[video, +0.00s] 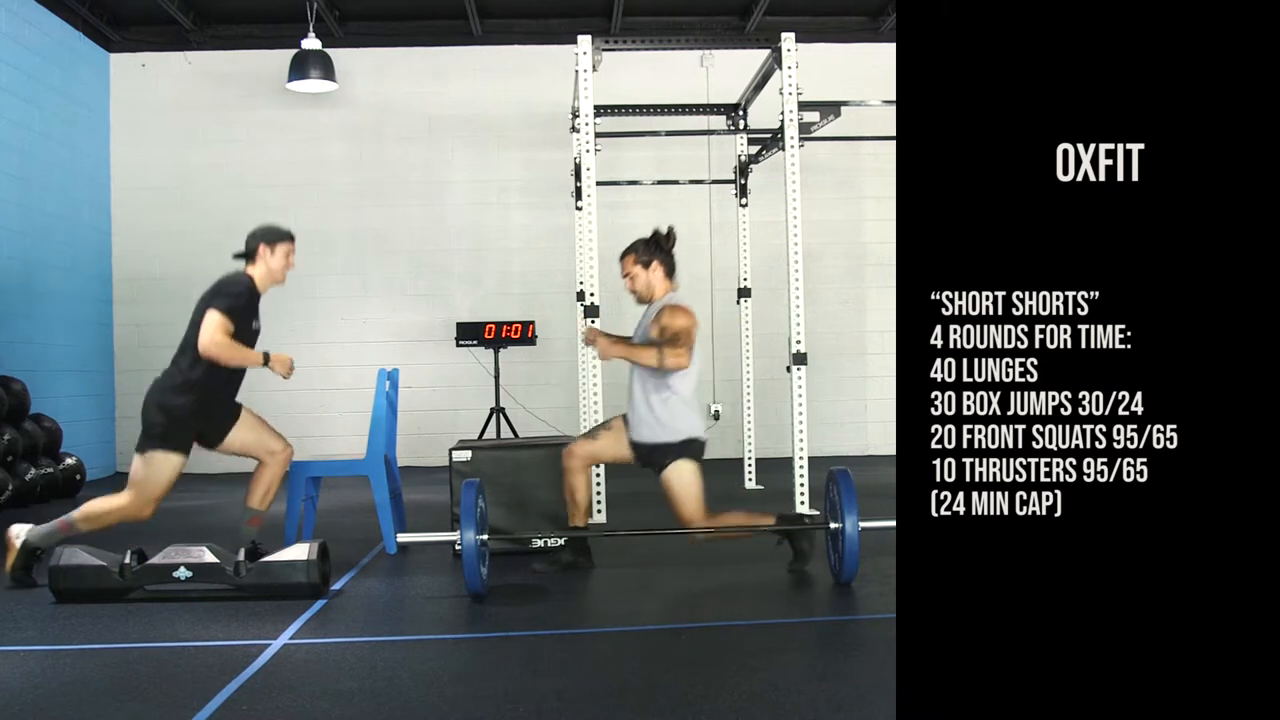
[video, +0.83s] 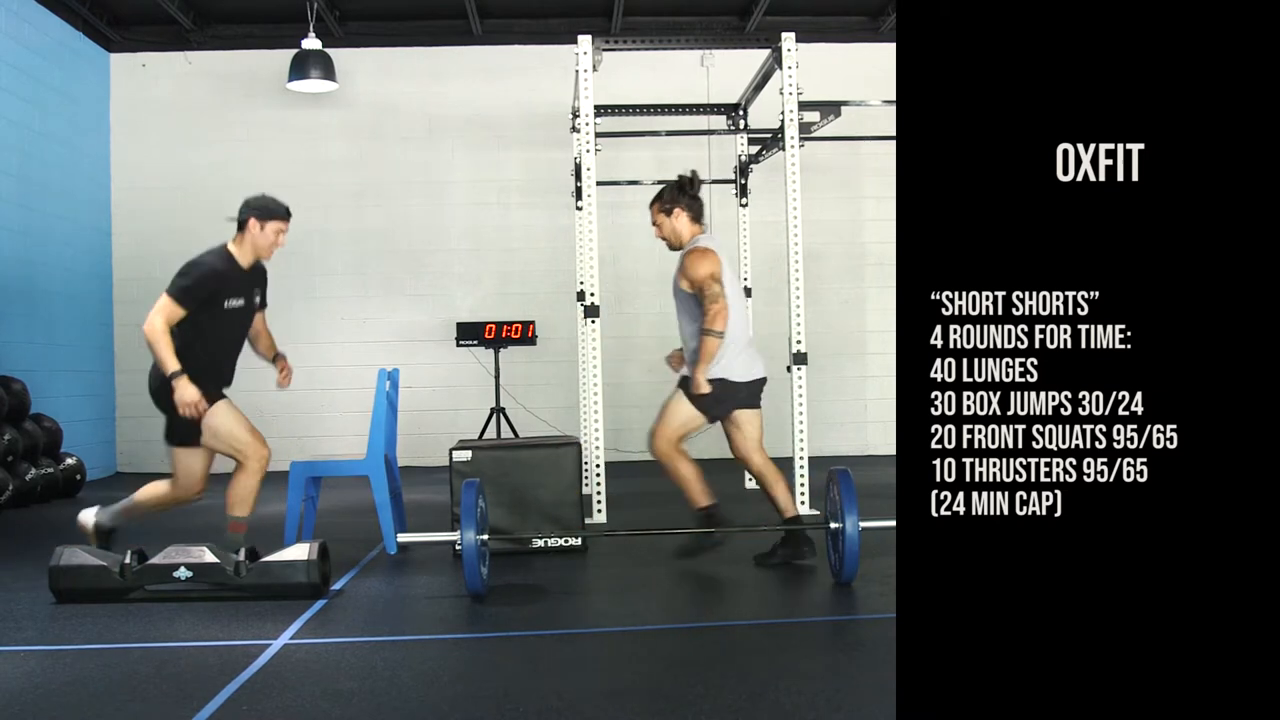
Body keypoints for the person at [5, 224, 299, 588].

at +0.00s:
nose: (292, 262)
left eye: (293, 254)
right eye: (287, 254)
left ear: (267, 255)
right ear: (263, 252)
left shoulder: (248, 296)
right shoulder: (235, 288)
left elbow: (212, 358)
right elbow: (211, 343)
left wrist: (206, 422)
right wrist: (268, 359)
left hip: (211, 407)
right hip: (177, 405)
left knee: (278, 452)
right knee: (139, 504)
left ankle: (246, 548)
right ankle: (31, 539)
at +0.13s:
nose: (294, 221)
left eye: (295, 213)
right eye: (289, 212)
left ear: (269, 213)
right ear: (265, 211)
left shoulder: (253, 256)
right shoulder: (239, 247)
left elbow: (220, 309)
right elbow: (205, 302)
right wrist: (256, 344)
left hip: (212, 372)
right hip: (184, 366)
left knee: (258, 446)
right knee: (172, 471)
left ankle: (243, 548)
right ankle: (79, 526)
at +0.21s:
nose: (293, 199)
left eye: (293, 191)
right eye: (288, 190)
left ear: (271, 192)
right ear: (262, 190)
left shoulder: (256, 238)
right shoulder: (234, 228)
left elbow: (233, 304)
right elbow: (196, 285)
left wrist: (252, 355)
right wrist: (233, 341)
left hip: (215, 348)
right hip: (188, 344)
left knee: (240, 444)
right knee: (200, 452)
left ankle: (241, 548)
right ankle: (121, 532)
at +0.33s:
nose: (286, 187)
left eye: (287, 179)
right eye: (281, 178)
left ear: (265, 180)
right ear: (255, 178)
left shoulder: (263, 231)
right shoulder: (221, 223)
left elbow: (248, 293)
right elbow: (181, 280)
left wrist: (281, 335)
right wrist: (203, 339)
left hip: (227, 348)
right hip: (196, 345)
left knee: (228, 447)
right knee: (220, 444)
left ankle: (234, 541)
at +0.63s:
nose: (281, 198)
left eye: (284, 190)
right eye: (277, 189)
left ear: (262, 188)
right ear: (252, 184)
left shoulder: (254, 232)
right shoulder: (220, 228)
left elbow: (253, 290)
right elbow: (179, 290)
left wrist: (289, 323)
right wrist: (200, 353)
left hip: (219, 351)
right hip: (190, 352)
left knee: (245, 445)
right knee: (225, 451)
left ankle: (210, 537)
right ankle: (227, 553)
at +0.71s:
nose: (281, 209)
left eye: (284, 201)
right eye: (277, 199)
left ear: (261, 198)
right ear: (251, 194)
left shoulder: (255, 242)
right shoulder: (215, 238)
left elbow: (256, 298)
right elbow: (168, 297)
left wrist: (284, 329)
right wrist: (193, 357)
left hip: (215, 358)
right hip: (185, 357)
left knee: (226, 454)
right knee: (239, 450)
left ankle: (152, 521)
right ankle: (231, 554)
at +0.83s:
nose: (281, 242)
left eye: (284, 234)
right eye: (277, 232)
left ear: (259, 230)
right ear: (252, 226)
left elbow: (256, 328)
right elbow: (155, 324)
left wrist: (275, 357)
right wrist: (179, 380)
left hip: (205, 385)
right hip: (181, 384)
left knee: (188, 487)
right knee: (255, 454)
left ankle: (101, 520)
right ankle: (235, 555)